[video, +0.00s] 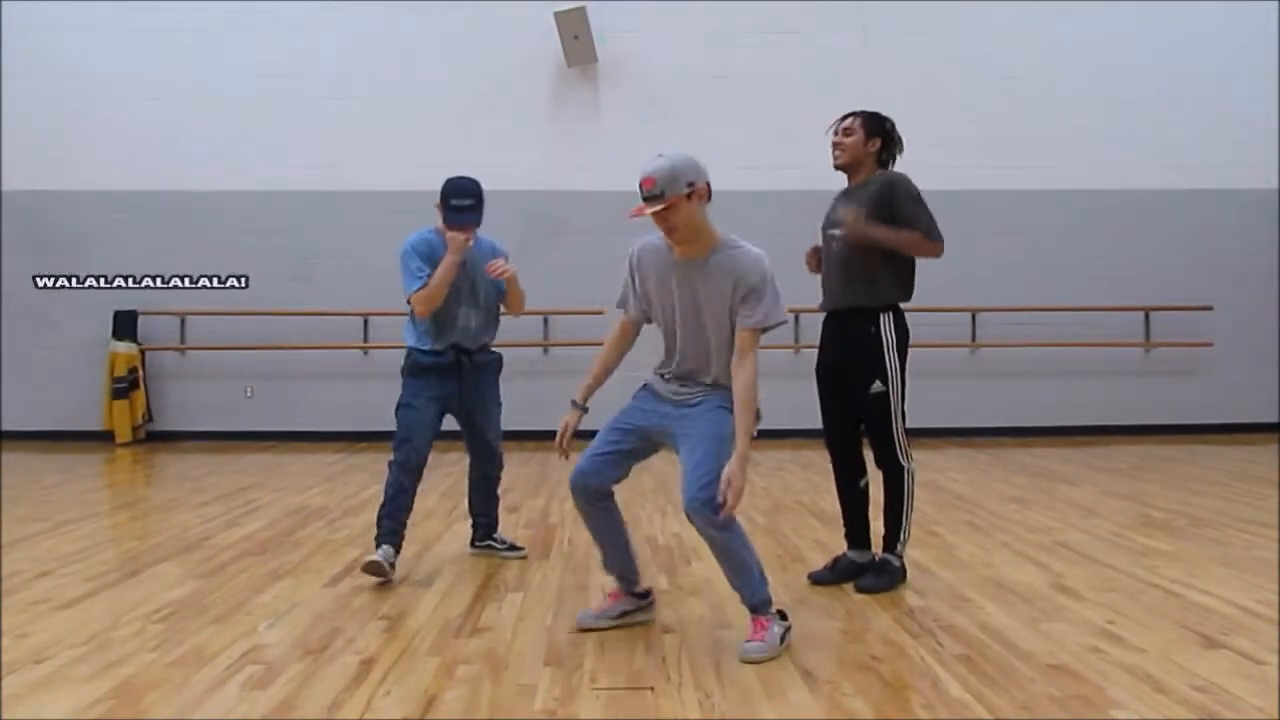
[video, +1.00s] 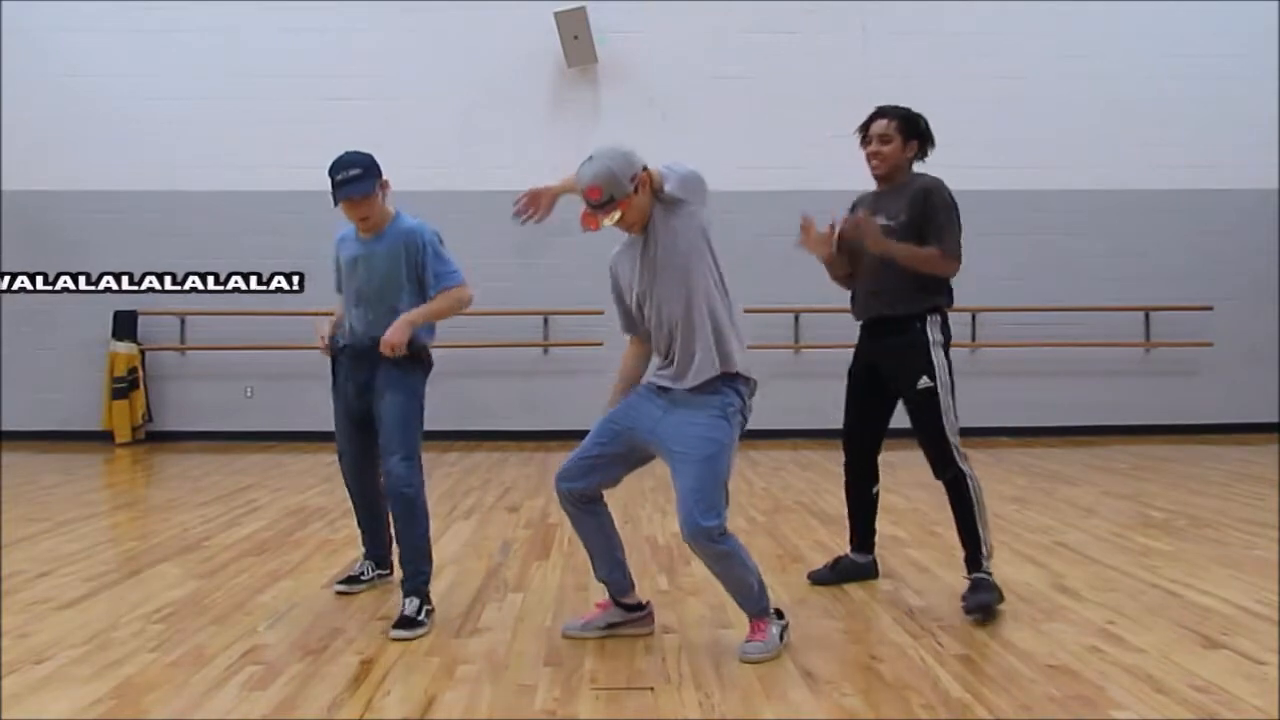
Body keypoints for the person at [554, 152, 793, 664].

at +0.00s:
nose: (659, 219)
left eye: (667, 207)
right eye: (652, 210)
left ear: (700, 196)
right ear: (647, 209)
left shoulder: (746, 266)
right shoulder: (647, 257)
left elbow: (744, 360)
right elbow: (624, 333)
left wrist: (741, 454)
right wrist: (579, 403)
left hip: (714, 402)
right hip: (659, 393)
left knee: (702, 503)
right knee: (586, 481)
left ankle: (765, 615)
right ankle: (632, 592)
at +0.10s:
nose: (633, 203)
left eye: (638, 189)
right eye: (626, 194)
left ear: (673, 176)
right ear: (626, 197)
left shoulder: (733, 245)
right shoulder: (636, 252)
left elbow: (757, 334)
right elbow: (618, 327)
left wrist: (790, 416)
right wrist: (576, 406)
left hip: (717, 396)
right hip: (660, 389)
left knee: (705, 505)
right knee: (580, 484)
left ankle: (765, 616)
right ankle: (623, 597)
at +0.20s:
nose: (613, 202)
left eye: (616, 188)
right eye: (606, 194)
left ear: (648, 169)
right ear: (604, 196)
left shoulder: (716, 211)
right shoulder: (621, 255)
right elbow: (608, 334)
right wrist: (576, 416)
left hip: (714, 394)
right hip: (655, 393)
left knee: (708, 509)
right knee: (577, 487)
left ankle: (764, 613)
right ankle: (622, 597)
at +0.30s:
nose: (619, 202)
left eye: (623, 189)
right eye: (612, 194)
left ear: (654, 169)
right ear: (621, 190)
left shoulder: (710, 205)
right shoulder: (626, 253)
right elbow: (610, 338)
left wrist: (701, 25)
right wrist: (583, 415)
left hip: (711, 394)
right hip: (648, 394)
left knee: (708, 512)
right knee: (574, 488)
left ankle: (763, 614)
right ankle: (621, 596)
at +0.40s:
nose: (637, 198)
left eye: (641, 186)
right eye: (629, 190)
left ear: (669, 167)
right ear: (630, 185)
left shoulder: (711, 191)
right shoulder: (635, 247)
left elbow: (674, 151)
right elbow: (624, 333)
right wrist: (598, 411)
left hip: (707, 387)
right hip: (646, 386)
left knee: (707, 516)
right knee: (576, 485)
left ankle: (763, 614)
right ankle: (622, 596)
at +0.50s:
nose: (635, 191)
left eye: (641, 179)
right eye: (625, 182)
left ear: (670, 161)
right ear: (623, 181)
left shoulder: (710, 176)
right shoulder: (635, 245)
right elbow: (634, 332)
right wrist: (613, 407)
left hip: (710, 377)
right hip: (652, 378)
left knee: (705, 520)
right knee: (578, 483)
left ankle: (763, 614)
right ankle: (622, 596)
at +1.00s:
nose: (616, 220)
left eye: (619, 207)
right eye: (606, 213)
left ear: (643, 184)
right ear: (601, 213)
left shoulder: (683, 204)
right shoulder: (624, 265)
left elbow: (638, 172)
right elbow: (640, 342)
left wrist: (559, 189)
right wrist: (614, 412)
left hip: (712, 395)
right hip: (654, 393)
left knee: (701, 527)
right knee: (574, 485)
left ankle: (764, 617)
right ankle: (625, 603)